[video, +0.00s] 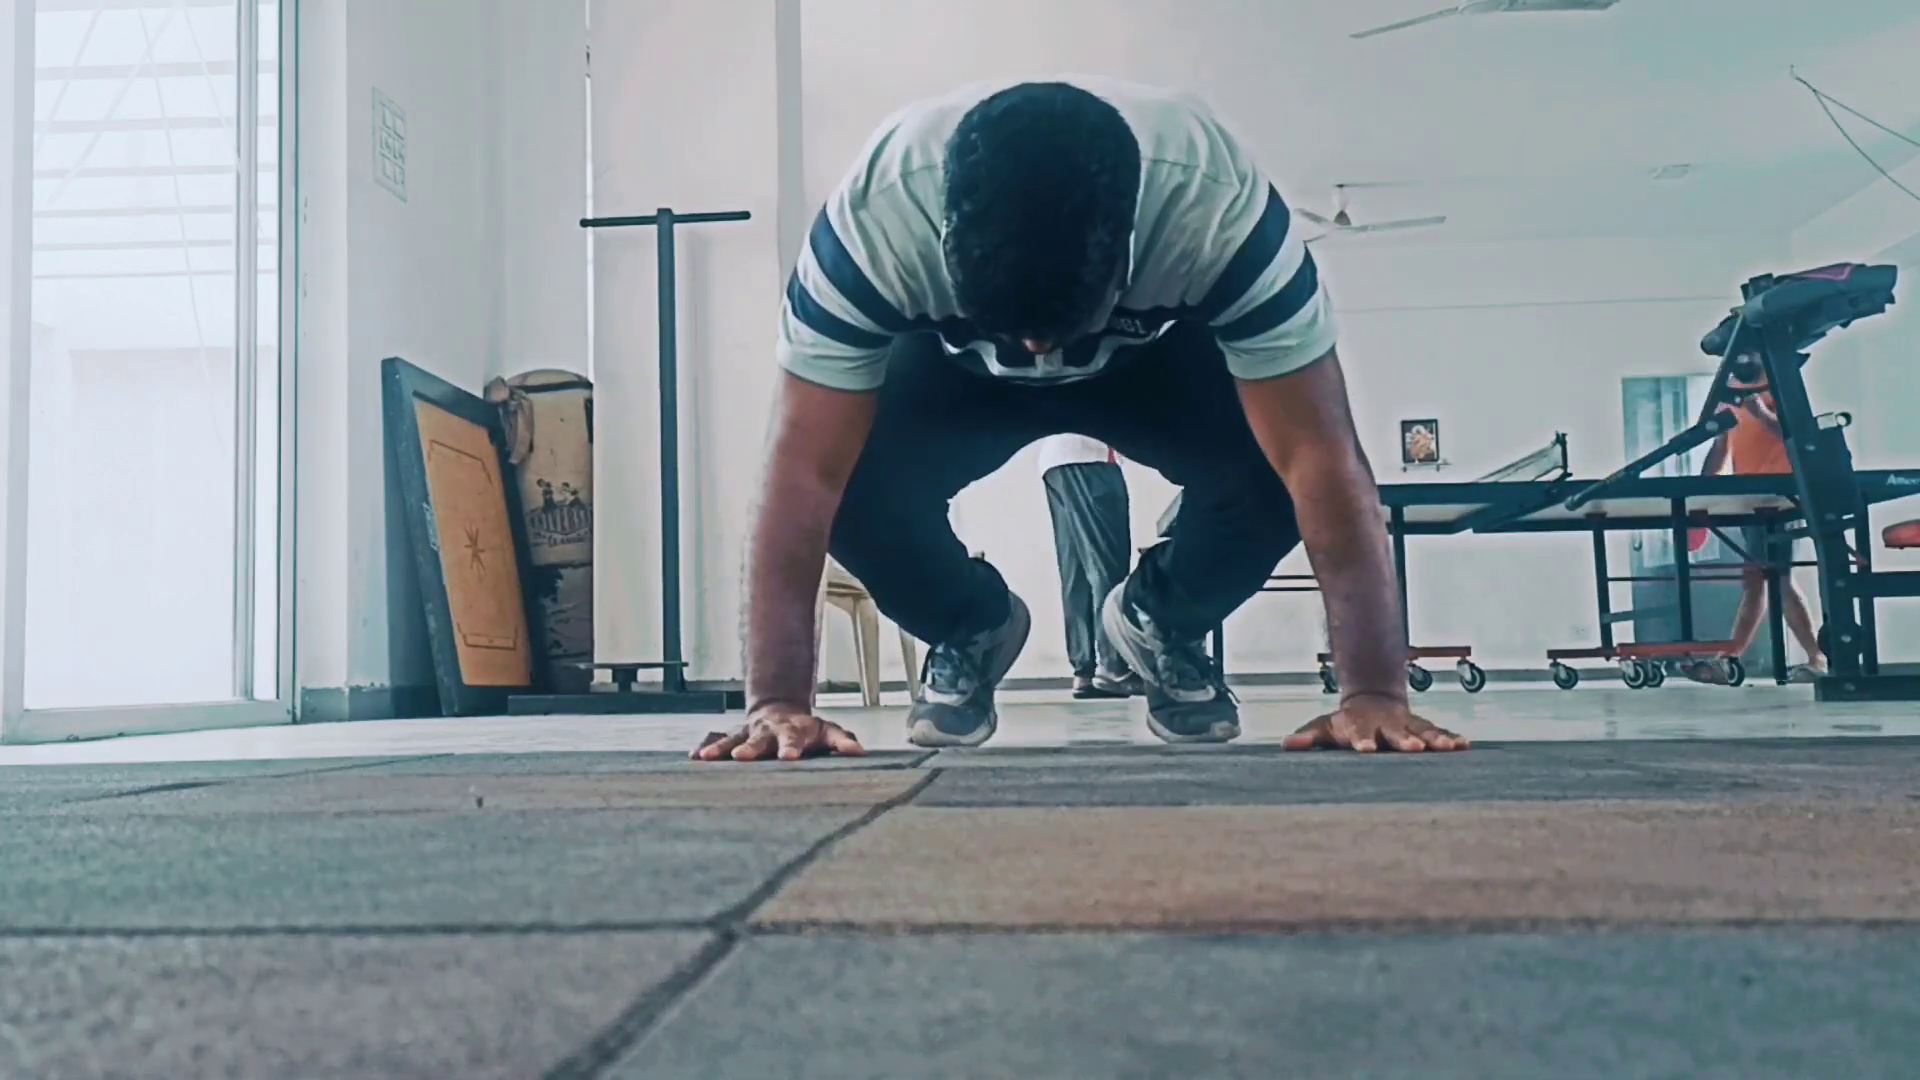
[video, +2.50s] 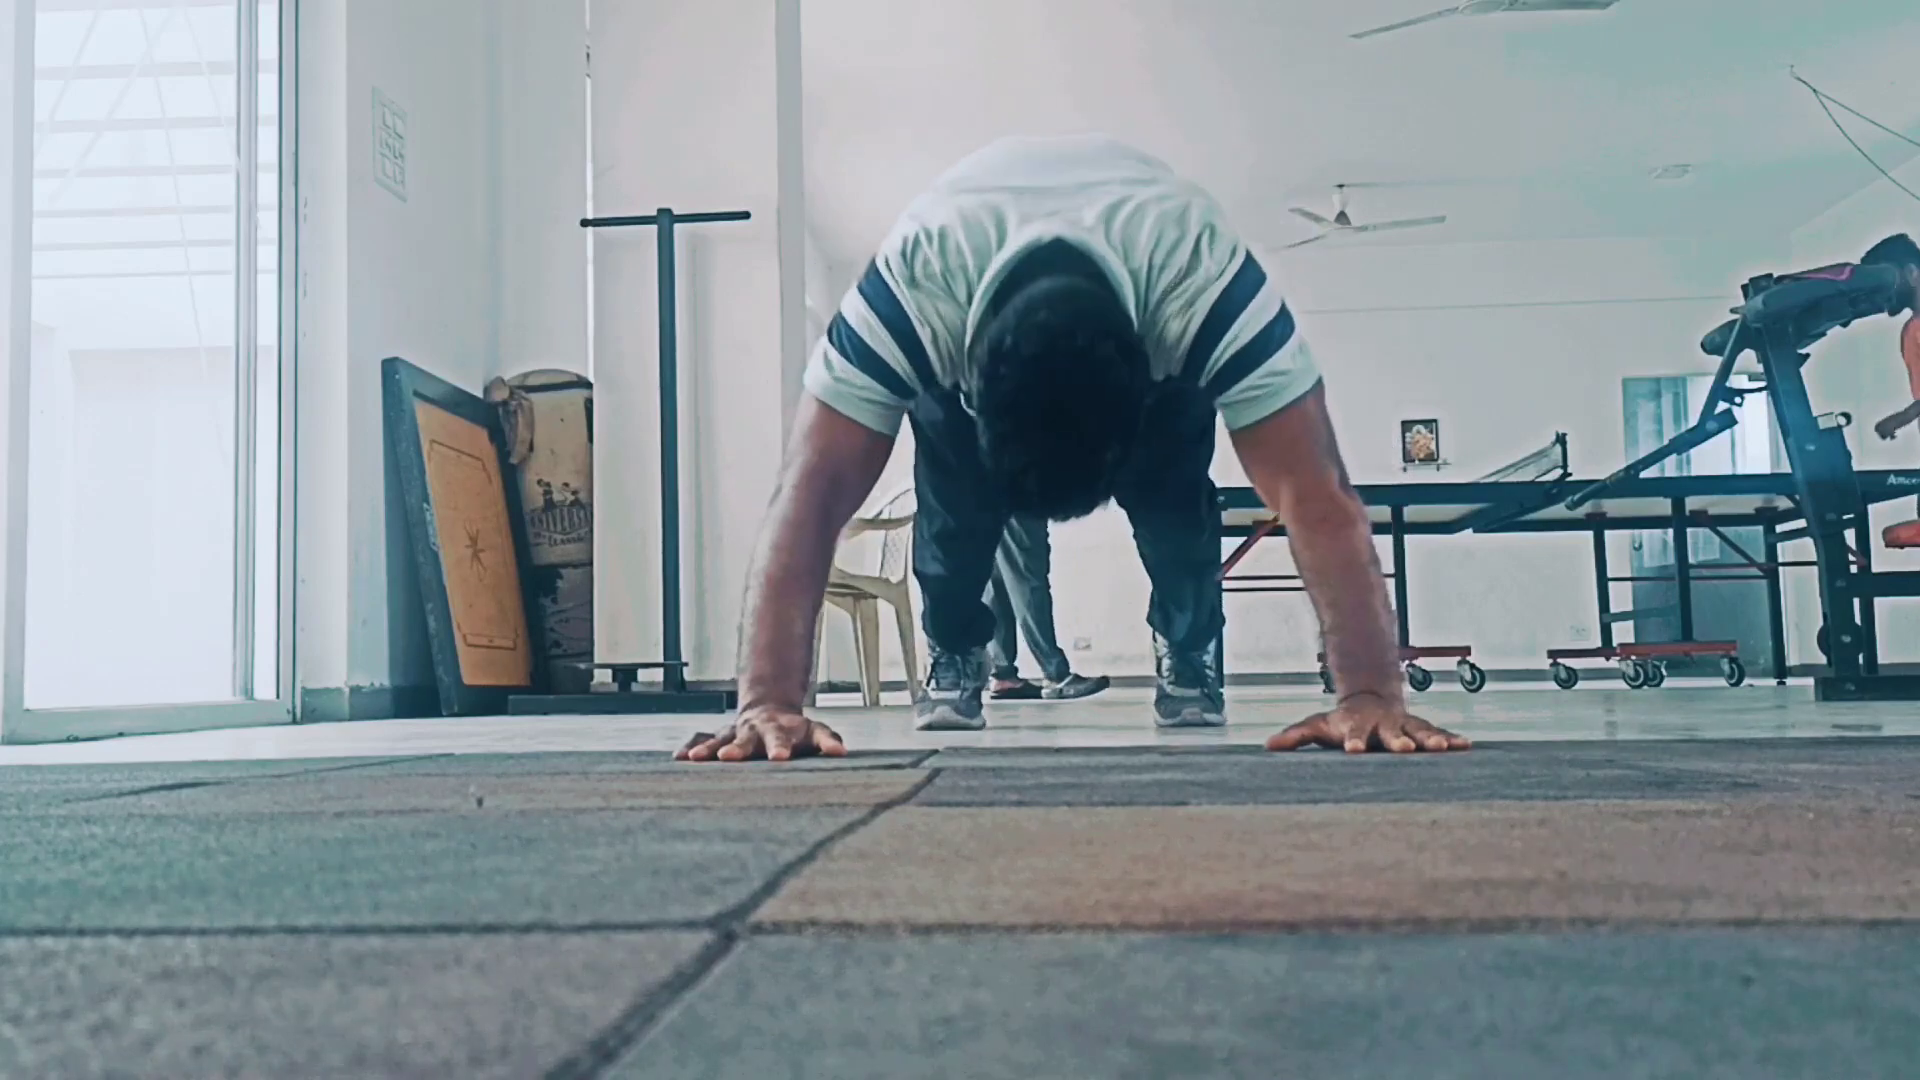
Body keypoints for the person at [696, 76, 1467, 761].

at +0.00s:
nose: (1043, 360)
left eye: (1072, 336)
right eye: (1008, 341)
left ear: (1124, 247)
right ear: (950, 246)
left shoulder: (1222, 209)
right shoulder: (874, 223)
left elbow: (1322, 460)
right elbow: (805, 465)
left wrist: (1374, 694)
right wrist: (779, 701)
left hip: (1151, 341)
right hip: (959, 351)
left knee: (1278, 486)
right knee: (859, 505)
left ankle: (1159, 619)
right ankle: (977, 625)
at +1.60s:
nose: (1060, 373)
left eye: (1086, 352)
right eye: (1025, 352)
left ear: (1144, 268)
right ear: (971, 257)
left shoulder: (1233, 229)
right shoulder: (896, 238)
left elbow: (1334, 460)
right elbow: (804, 469)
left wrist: (1375, 691)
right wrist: (771, 698)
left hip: (1157, 357)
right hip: (974, 363)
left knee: (1264, 477)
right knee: (868, 490)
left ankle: (1161, 629)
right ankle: (985, 642)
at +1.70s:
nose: (1077, 434)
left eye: (1098, 410)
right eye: (1048, 415)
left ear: (1150, 307)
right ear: (978, 293)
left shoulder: (1232, 220)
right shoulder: (898, 228)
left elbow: (1349, 456)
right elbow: (804, 462)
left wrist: (1375, 694)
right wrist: (771, 699)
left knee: (1253, 444)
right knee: (885, 456)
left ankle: (1167, 630)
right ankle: (980, 635)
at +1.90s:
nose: (1064, 448)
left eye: (1082, 429)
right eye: (1036, 427)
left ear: (1146, 319)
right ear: (965, 297)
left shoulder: (1239, 214)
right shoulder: (888, 226)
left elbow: (1360, 451)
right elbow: (789, 455)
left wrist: (1377, 696)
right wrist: (768, 700)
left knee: (1210, 499)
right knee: (930, 508)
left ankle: (1190, 573)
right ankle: (944, 609)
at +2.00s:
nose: (1064, 439)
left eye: (1097, 402)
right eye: (1023, 414)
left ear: (1151, 300)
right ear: (961, 284)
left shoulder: (1249, 216)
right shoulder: (880, 230)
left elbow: (1363, 454)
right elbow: (790, 461)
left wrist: (1379, 693)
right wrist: (766, 700)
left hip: (1169, 339)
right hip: (962, 350)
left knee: (1188, 541)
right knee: (965, 540)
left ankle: (1197, 647)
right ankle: (941, 643)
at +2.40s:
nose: (1060, 474)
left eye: (1086, 453)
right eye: (1039, 455)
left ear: (1145, 354)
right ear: (979, 343)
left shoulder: (1218, 253)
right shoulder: (909, 267)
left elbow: (1336, 474)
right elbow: (805, 476)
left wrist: (1374, 692)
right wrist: (771, 700)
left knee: (1170, 511)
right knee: (958, 525)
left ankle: (1191, 682)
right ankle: (955, 668)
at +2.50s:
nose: (1065, 511)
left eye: (1084, 493)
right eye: (1052, 495)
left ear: (1143, 374)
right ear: (979, 373)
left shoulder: (1207, 276)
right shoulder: (914, 285)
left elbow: (1317, 495)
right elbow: (817, 490)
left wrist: (1371, 692)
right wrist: (772, 699)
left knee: (1169, 492)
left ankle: (1190, 682)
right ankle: (957, 667)